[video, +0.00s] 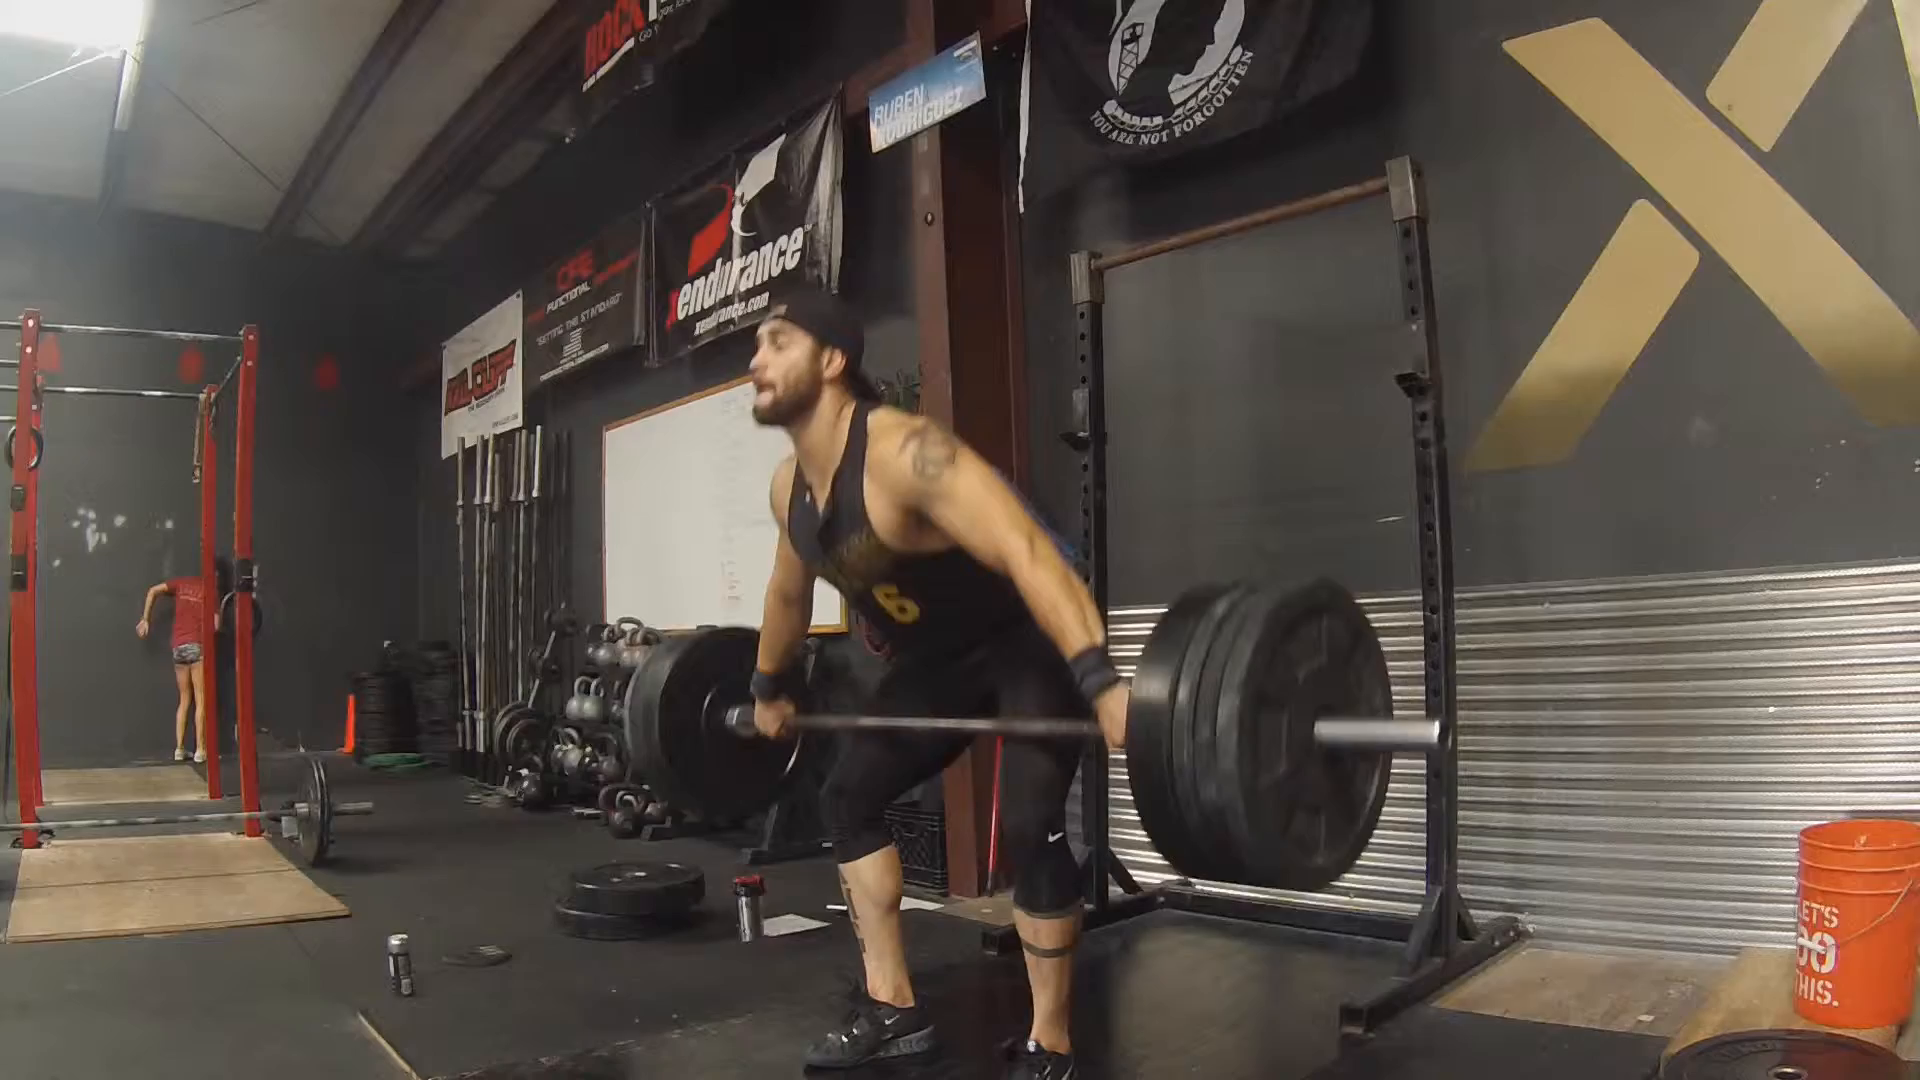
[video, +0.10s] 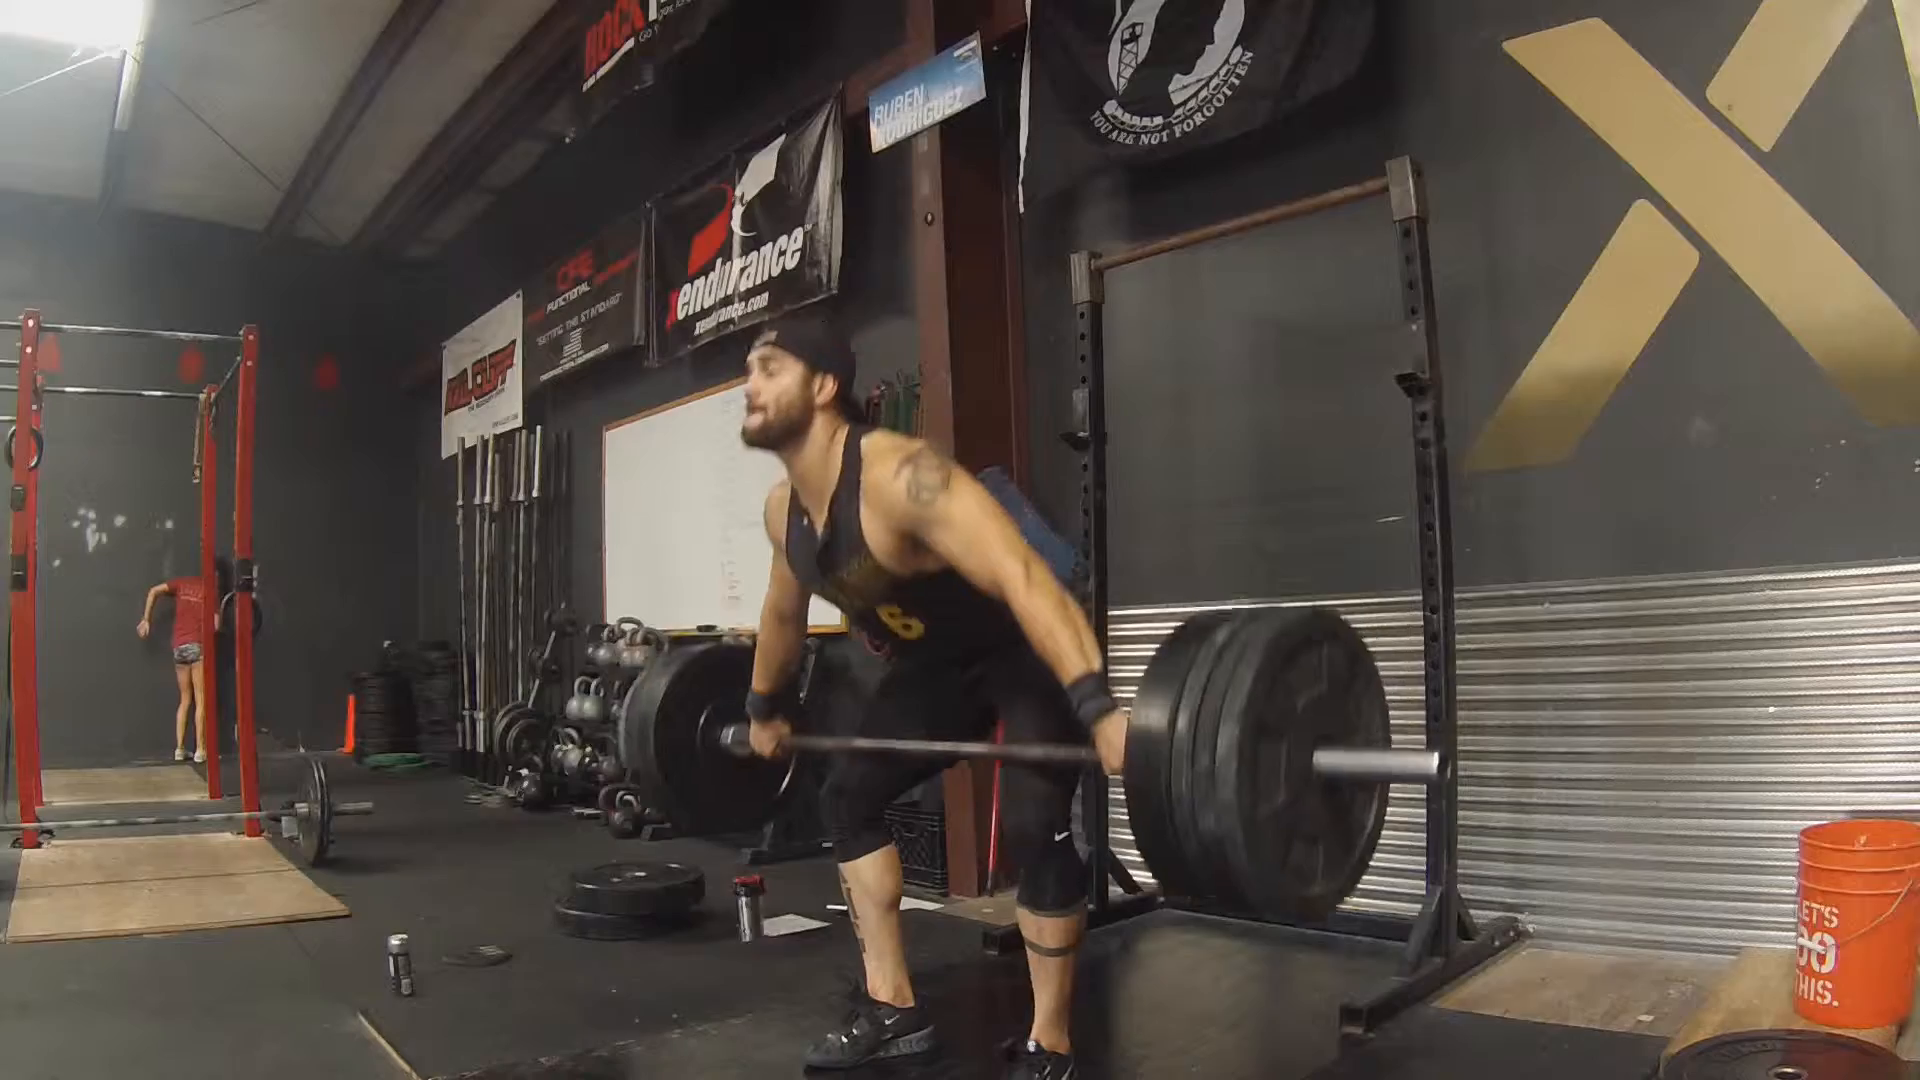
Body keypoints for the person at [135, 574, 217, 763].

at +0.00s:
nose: (217, 579)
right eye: (218, 576)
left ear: (203, 571)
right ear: (216, 575)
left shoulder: (183, 583)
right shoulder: (213, 592)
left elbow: (153, 590)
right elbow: (216, 625)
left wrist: (145, 619)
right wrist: (215, 608)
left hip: (178, 643)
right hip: (198, 642)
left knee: (184, 698)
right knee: (200, 699)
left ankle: (179, 748)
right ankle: (200, 749)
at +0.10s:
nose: (218, 580)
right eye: (218, 577)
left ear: (203, 571)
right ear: (216, 575)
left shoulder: (184, 583)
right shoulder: (213, 592)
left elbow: (154, 590)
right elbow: (216, 625)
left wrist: (145, 619)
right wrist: (215, 608)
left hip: (179, 643)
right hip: (198, 642)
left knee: (185, 699)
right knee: (200, 699)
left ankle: (179, 748)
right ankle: (200, 749)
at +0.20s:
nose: (218, 580)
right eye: (219, 577)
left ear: (203, 571)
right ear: (216, 575)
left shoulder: (183, 583)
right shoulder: (214, 592)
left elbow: (154, 591)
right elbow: (216, 625)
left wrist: (146, 619)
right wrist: (215, 608)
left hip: (178, 642)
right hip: (197, 642)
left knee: (185, 699)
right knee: (200, 699)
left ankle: (179, 747)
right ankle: (200, 749)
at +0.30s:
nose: (218, 580)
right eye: (219, 577)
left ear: (203, 571)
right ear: (216, 575)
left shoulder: (183, 583)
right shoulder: (213, 592)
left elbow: (154, 592)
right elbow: (216, 625)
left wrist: (147, 620)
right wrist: (215, 608)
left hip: (178, 642)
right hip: (197, 642)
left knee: (185, 699)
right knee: (200, 699)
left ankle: (180, 747)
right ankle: (200, 749)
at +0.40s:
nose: (220, 580)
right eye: (220, 576)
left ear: (204, 571)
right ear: (217, 575)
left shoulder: (183, 584)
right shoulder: (213, 591)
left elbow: (154, 591)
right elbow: (216, 625)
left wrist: (146, 620)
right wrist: (214, 609)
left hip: (177, 642)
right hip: (197, 642)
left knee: (186, 698)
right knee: (200, 700)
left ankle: (176, 745)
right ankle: (200, 749)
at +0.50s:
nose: (218, 580)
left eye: (217, 576)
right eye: (218, 576)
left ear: (203, 571)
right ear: (215, 575)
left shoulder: (181, 584)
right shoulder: (212, 592)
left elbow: (153, 592)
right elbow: (215, 624)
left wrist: (145, 621)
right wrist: (213, 609)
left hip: (176, 643)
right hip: (196, 643)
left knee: (185, 698)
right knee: (199, 699)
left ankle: (173, 744)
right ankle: (200, 749)